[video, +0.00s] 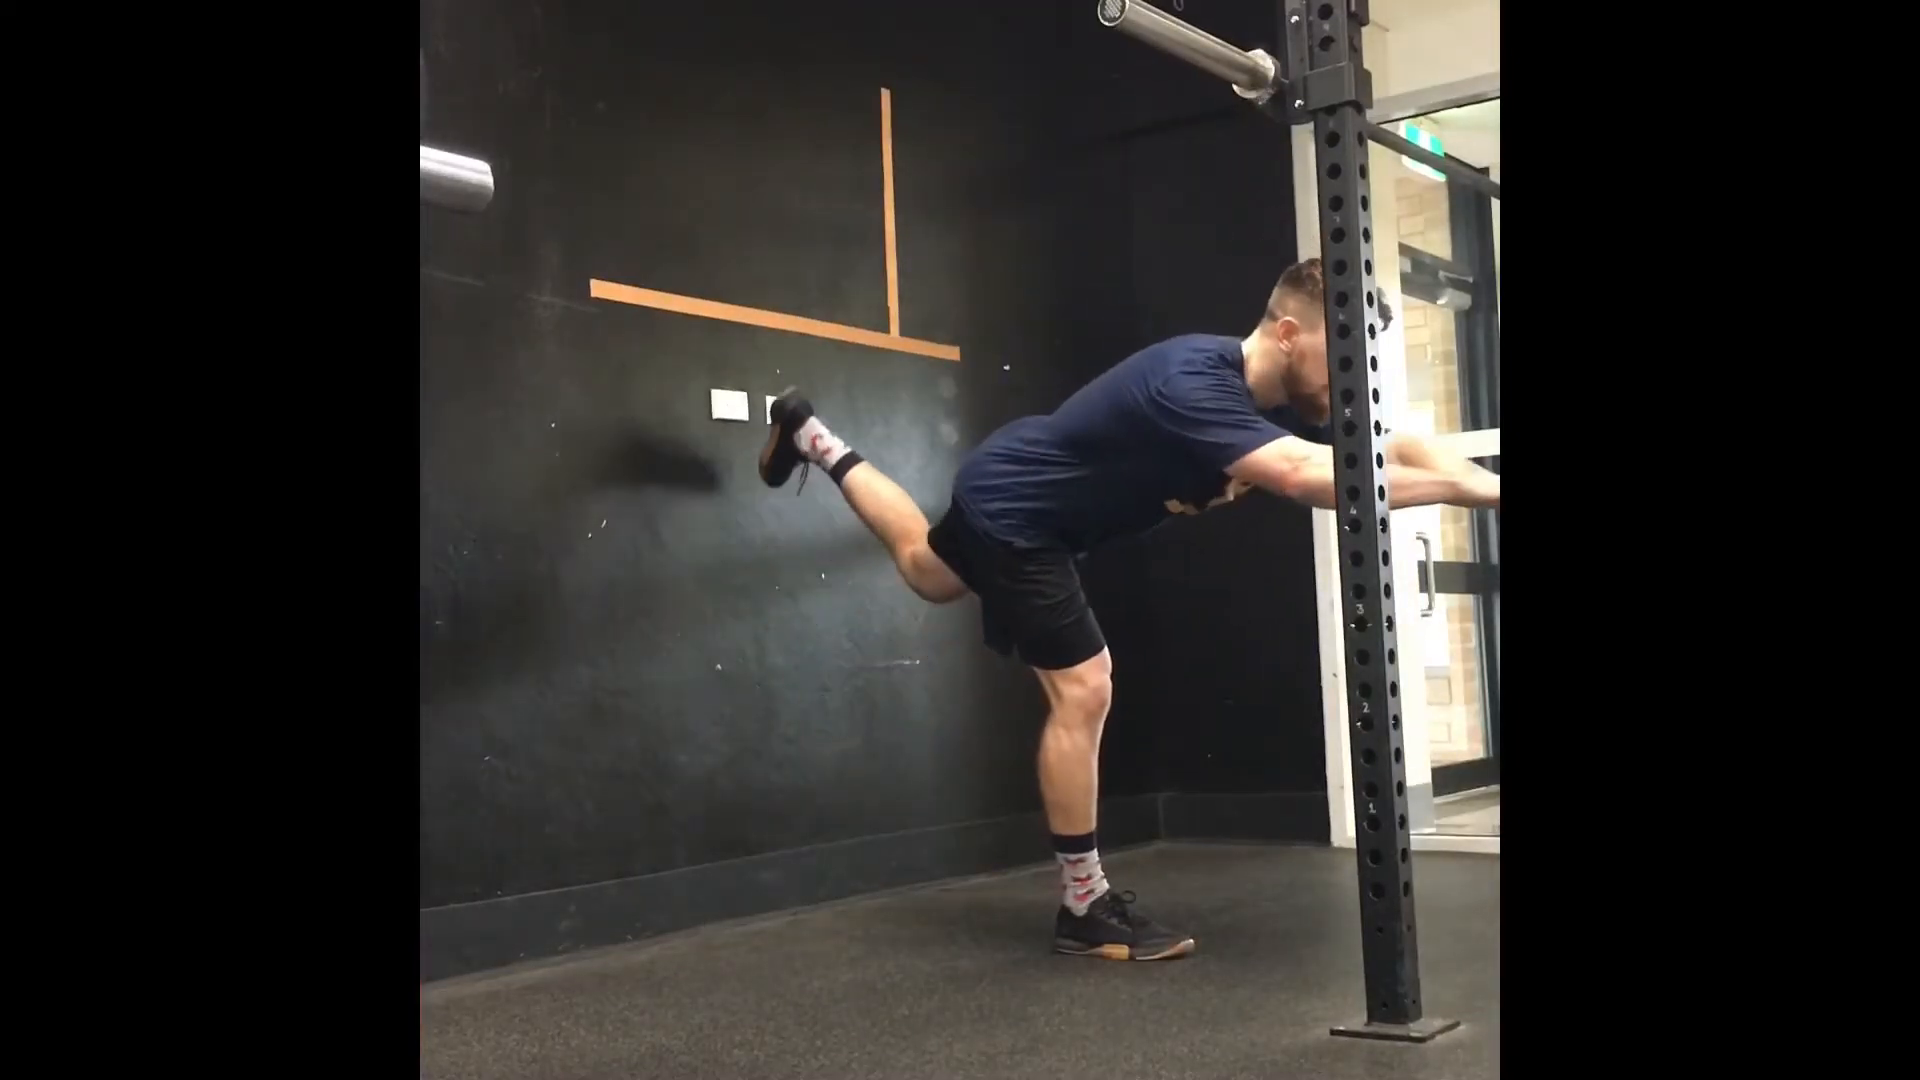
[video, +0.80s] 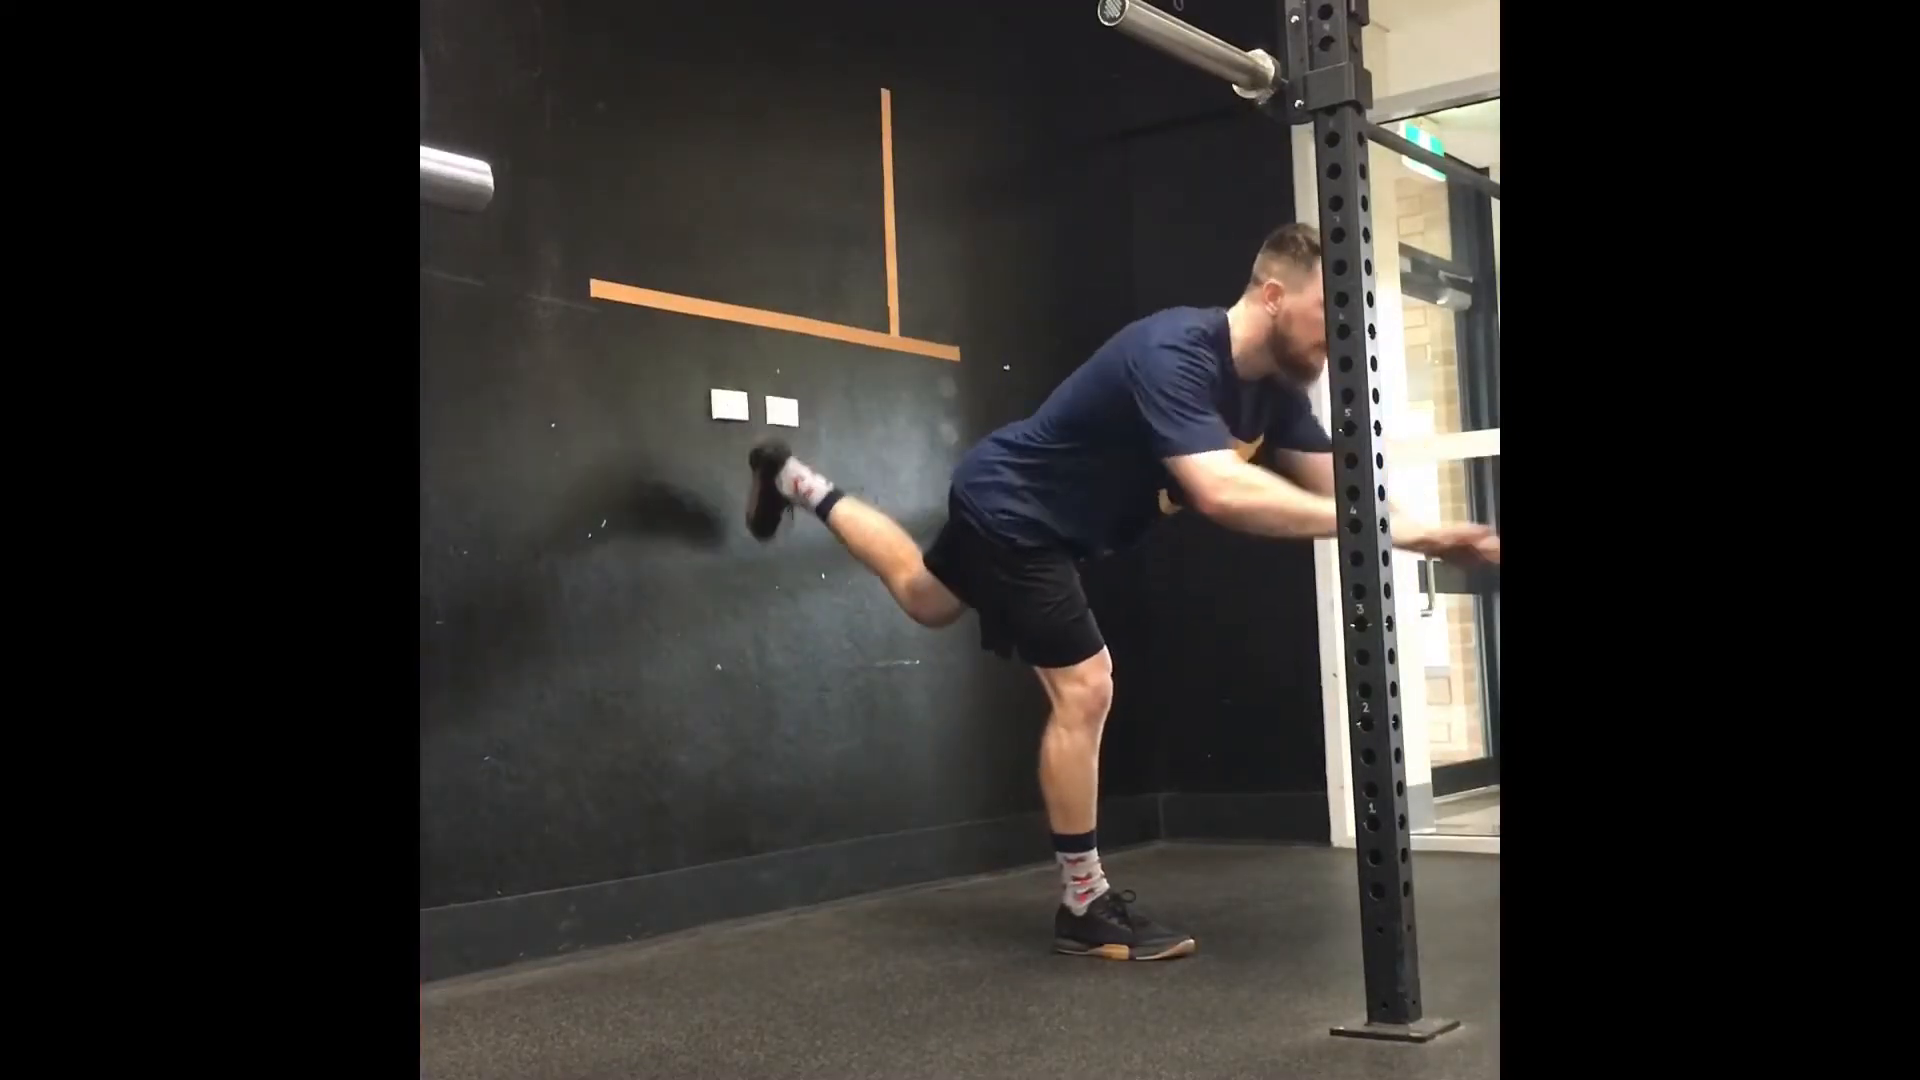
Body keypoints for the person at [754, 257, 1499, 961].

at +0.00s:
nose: (1344, 378)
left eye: (1349, 360)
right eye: (1337, 357)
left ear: (1297, 339)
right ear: (1286, 333)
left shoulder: (1245, 392)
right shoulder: (1196, 385)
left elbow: (1367, 450)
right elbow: (1309, 478)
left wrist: (1447, 470)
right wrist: (1442, 483)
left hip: (1024, 494)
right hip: (1007, 515)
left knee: (929, 571)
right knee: (1081, 691)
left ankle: (813, 443)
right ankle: (1083, 906)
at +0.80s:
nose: (1337, 329)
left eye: (1340, 313)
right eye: (1329, 308)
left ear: (1294, 302)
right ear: (1277, 293)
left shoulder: (1281, 385)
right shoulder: (1175, 350)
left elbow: (1338, 495)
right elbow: (1225, 494)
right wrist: (1367, 523)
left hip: (1050, 520)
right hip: (1004, 504)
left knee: (926, 598)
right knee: (1082, 687)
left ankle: (797, 483)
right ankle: (1083, 907)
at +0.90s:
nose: (1328, 304)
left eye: (1332, 287)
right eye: (1320, 284)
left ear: (1280, 280)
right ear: (1260, 272)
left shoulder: (1266, 373)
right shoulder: (1160, 340)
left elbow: (1291, 496)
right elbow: (1161, 495)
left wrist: (1381, 562)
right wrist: (1304, 543)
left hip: (1055, 522)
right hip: (1009, 507)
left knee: (945, 631)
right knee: (1085, 690)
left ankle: (805, 538)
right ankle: (1082, 906)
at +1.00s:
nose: (1317, 273)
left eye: (1321, 254)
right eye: (1306, 252)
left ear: (1266, 250)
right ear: (1246, 244)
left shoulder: (1248, 351)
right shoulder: (1144, 324)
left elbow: (1244, 476)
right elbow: (1105, 471)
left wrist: (1291, 558)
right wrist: (1236, 535)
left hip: (1069, 522)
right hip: (1013, 507)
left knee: (974, 662)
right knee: (1090, 691)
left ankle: (823, 598)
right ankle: (1083, 904)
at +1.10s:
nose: (1299, 242)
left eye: (1302, 224)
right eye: (1285, 222)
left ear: (1250, 225)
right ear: (1225, 217)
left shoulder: (1230, 331)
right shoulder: (1127, 305)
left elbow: (1207, 441)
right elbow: (1064, 443)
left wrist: (1234, 520)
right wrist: (1192, 513)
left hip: (1081, 525)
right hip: (1019, 509)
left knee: (1028, 694)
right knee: (1093, 690)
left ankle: (861, 666)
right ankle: (1084, 903)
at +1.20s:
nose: (1269, 209)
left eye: (1273, 192)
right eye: (1254, 189)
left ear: (1216, 192)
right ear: (1195, 184)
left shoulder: (1208, 299)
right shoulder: (1105, 281)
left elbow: (1184, 402)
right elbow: (1035, 412)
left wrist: (1203, 478)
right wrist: (1162, 469)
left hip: (1099, 517)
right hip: (1026, 511)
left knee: (1075, 694)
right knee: (1088, 695)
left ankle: (917, 732)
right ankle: (1083, 903)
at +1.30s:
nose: (1231, 177)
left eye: (1235, 161)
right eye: (1217, 157)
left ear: (1182, 160)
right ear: (1157, 152)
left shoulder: (1178, 271)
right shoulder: (1081, 258)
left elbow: (1137, 393)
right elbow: (1018, 388)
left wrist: (1195, 431)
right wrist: (1149, 424)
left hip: (1110, 514)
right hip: (1030, 515)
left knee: (1148, 682)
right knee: (1084, 698)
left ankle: (991, 777)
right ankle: (1082, 904)